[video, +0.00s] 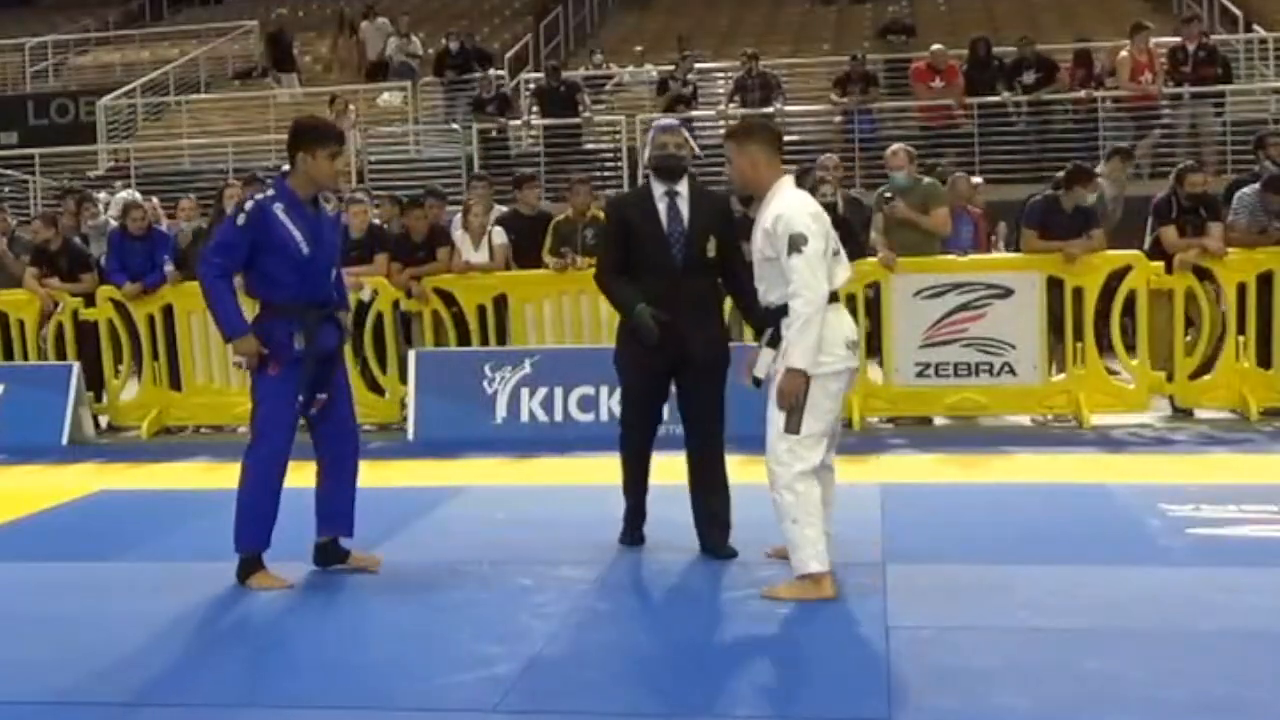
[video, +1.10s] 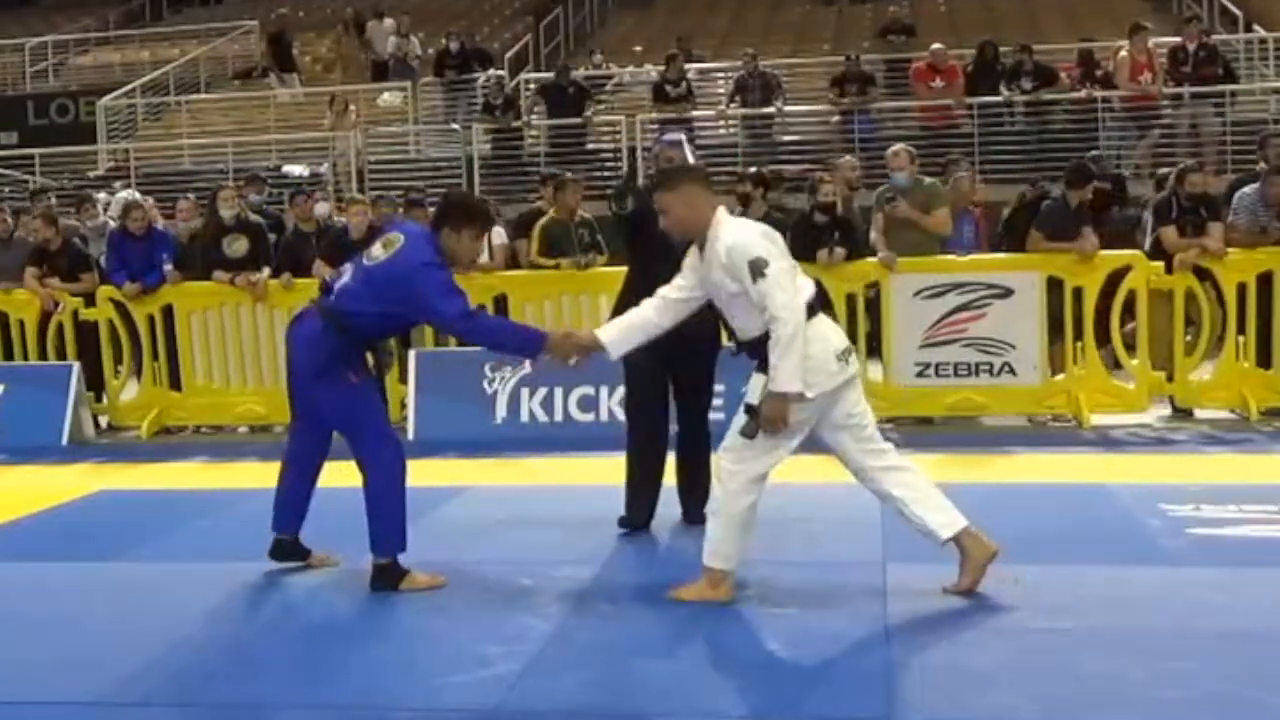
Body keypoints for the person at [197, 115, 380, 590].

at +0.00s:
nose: (340, 167)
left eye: (341, 158)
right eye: (333, 158)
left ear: (317, 160)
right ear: (304, 158)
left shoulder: (326, 212)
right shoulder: (260, 206)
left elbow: (332, 273)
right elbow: (213, 268)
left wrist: (341, 318)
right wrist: (238, 333)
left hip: (325, 336)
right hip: (279, 336)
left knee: (341, 441)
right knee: (271, 447)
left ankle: (331, 545)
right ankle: (250, 560)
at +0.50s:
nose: (376, 169)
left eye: (375, 160)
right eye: (370, 160)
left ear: (350, 163)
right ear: (342, 162)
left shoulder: (351, 214)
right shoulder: (301, 206)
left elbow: (355, 273)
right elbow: (261, 268)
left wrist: (381, 313)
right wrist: (287, 332)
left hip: (340, 338)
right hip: (308, 340)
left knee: (340, 441)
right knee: (342, 441)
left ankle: (311, 545)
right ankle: (301, 543)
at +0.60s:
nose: (391, 171)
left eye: (390, 162)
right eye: (384, 162)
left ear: (365, 166)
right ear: (358, 165)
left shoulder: (363, 215)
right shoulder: (320, 203)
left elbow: (359, 279)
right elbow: (272, 258)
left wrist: (392, 312)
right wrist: (295, 326)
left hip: (343, 338)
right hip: (314, 338)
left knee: (335, 441)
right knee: (356, 438)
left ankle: (307, 549)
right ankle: (348, 559)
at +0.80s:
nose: (436, 196)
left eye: (437, 187)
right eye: (429, 187)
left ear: (411, 188)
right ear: (402, 187)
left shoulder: (396, 230)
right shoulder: (367, 221)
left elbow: (367, 287)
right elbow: (314, 275)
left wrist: (391, 322)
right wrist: (352, 339)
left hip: (348, 349)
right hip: (326, 351)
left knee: (342, 449)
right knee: (372, 452)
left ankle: (309, 551)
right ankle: (386, 566)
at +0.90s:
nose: (463, 219)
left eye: (465, 208)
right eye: (458, 208)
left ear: (431, 205)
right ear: (432, 204)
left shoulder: (400, 235)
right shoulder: (389, 240)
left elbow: (377, 305)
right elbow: (348, 294)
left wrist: (414, 348)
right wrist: (412, 346)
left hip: (319, 342)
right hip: (329, 347)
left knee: (334, 450)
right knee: (375, 454)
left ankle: (307, 551)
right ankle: (385, 566)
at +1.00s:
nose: (475, 241)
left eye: (478, 231)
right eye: (473, 229)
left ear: (444, 219)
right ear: (447, 219)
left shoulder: (403, 231)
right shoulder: (405, 254)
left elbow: (417, 310)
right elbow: (417, 319)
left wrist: (478, 346)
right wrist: (490, 350)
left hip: (310, 332)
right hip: (330, 345)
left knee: (321, 441)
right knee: (380, 454)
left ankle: (297, 547)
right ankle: (385, 566)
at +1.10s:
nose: (481, 249)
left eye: (483, 240)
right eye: (476, 239)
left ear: (444, 229)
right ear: (450, 234)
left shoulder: (407, 230)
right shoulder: (425, 275)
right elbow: (468, 326)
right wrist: (547, 342)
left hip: (309, 330)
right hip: (332, 348)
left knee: (308, 440)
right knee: (383, 452)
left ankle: (285, 540)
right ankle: (387, 567)